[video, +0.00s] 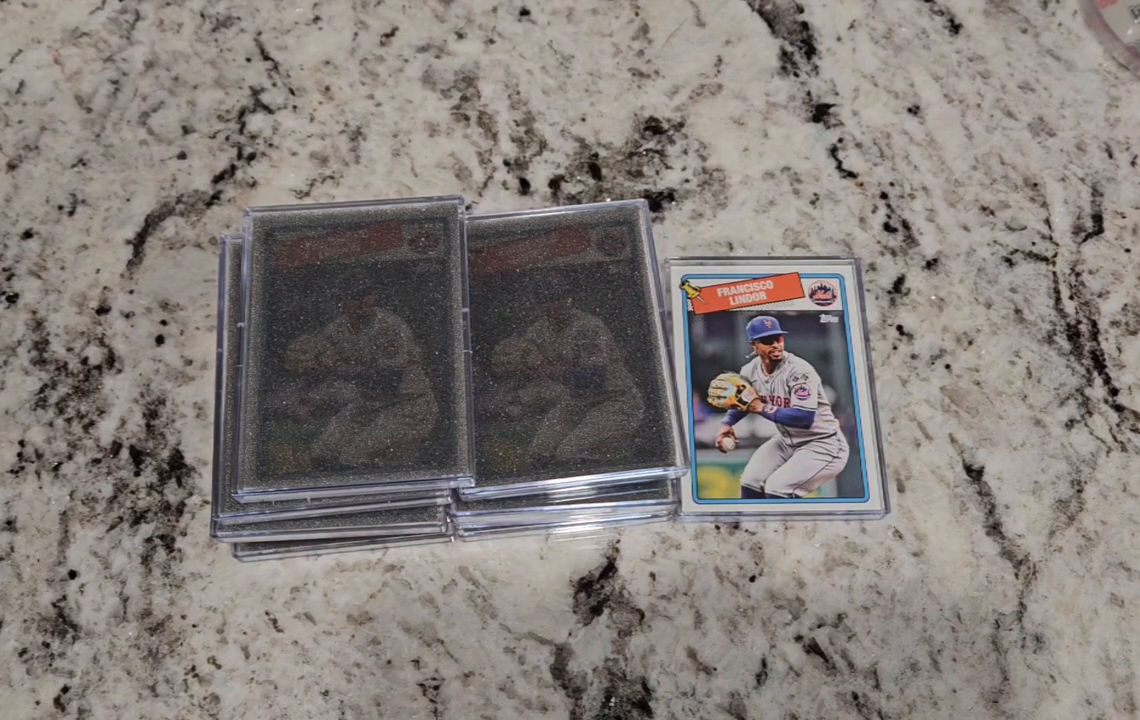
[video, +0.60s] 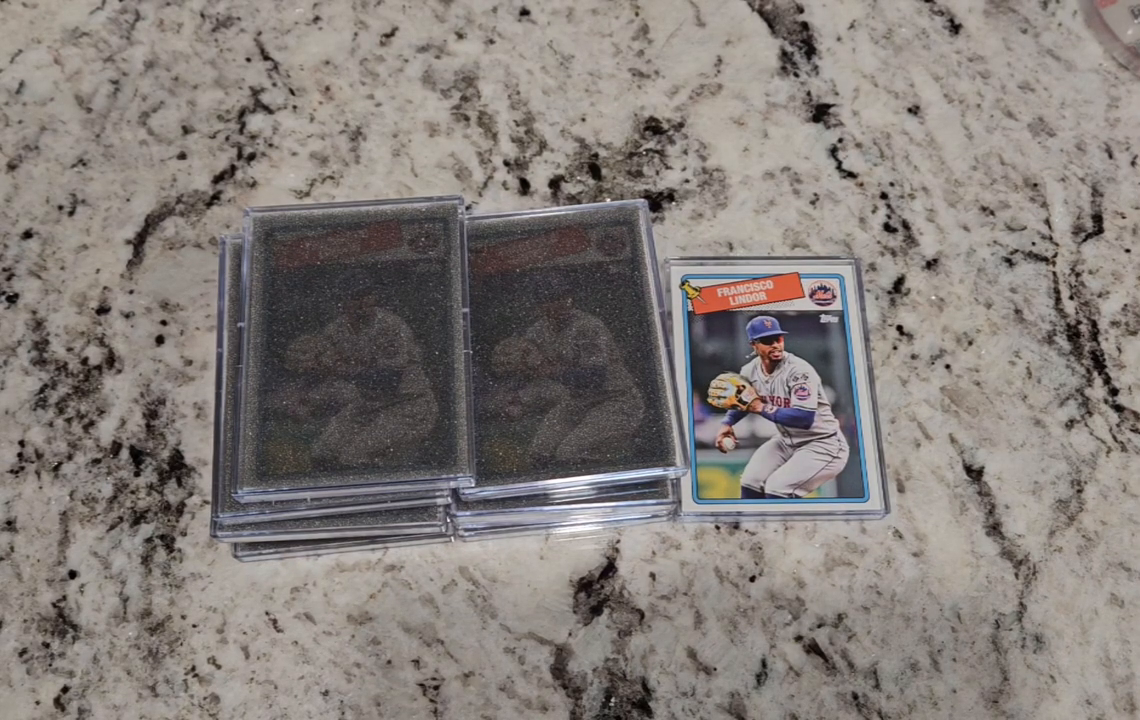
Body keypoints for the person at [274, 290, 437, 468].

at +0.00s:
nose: (363, 303)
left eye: (367, 296)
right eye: (356, 297)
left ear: (374, 298)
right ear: (345, 303)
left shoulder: (392, 327)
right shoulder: (336, 332)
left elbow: (390, 380)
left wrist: (341, 370)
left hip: (412, 406)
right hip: (368, 404)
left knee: (356, 452)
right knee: (323, 450)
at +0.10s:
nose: (362, 303)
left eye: (366, 296)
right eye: (355, 297)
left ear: (375, 298)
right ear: (344, 302)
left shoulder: (392, 326)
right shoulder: (337, 331)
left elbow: (391, 379)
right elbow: (298, 353)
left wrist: (344, 371)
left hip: (413, 406)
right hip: (369, 405)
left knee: (358, 449)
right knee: (326, 446)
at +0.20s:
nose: (362, 304)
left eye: (366, 297)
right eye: (355, 298)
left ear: (375, 298)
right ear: (344, 303)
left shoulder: (393, 327)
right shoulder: (337, 331)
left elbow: (390, 381)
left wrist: (343, 370)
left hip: (412, 405)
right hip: (369, 403)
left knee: (355, 453)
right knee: (324, 450)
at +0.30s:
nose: (362, 302)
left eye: (367, 295)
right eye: (355, 297)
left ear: (375, 297)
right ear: (344, 302)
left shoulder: (392, 327)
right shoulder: (335, 332)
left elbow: (391, 380)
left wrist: (345, 371)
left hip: (412, 405)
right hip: (368, 404)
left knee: (354, 455)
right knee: (323, 451)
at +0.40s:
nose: (363, 302)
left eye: (367, 295)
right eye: (356, 297)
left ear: (375, 297)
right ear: (344, 302)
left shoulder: (392, 326)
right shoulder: (337, 331)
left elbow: (393, 375)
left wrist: (348, 370)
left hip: (413, 404)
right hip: (369, 403)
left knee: (356, 454)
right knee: (324, 450)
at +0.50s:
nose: (363, 302)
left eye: (367, 295)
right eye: (356, 297)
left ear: (375, 297)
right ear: (343, 303)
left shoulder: (393, 327)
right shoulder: (335, 332)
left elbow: (391, 379)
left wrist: (346, 370)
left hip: (412, 405)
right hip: (368, 403)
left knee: (354, 455)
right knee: (323, 451)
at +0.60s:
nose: (363, 302)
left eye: (367, 295)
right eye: (355, 297)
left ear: (375, 297)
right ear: (343, 303)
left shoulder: (393, 327)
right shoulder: (335, 332)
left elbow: (390, 380)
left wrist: (345, 371)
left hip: (412, 406)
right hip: (368, 404)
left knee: (354, 455)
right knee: (322, 451)